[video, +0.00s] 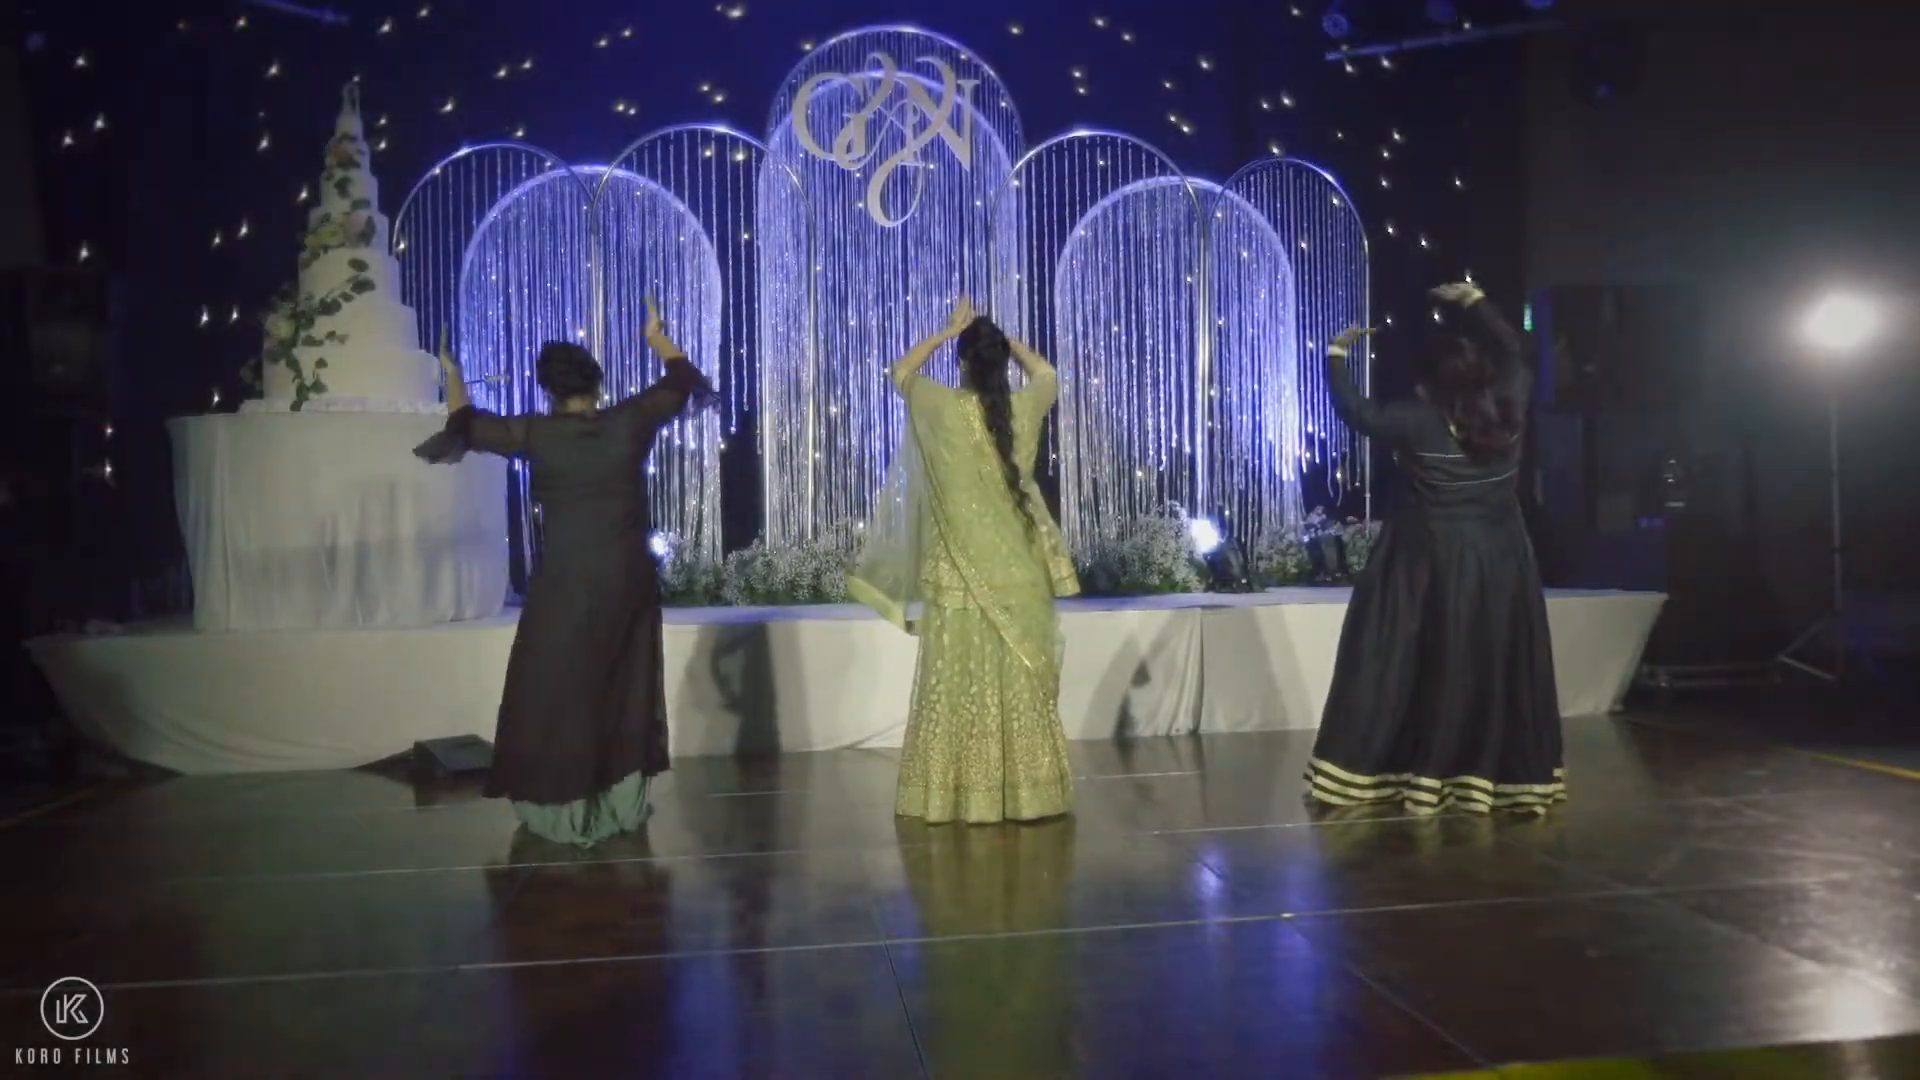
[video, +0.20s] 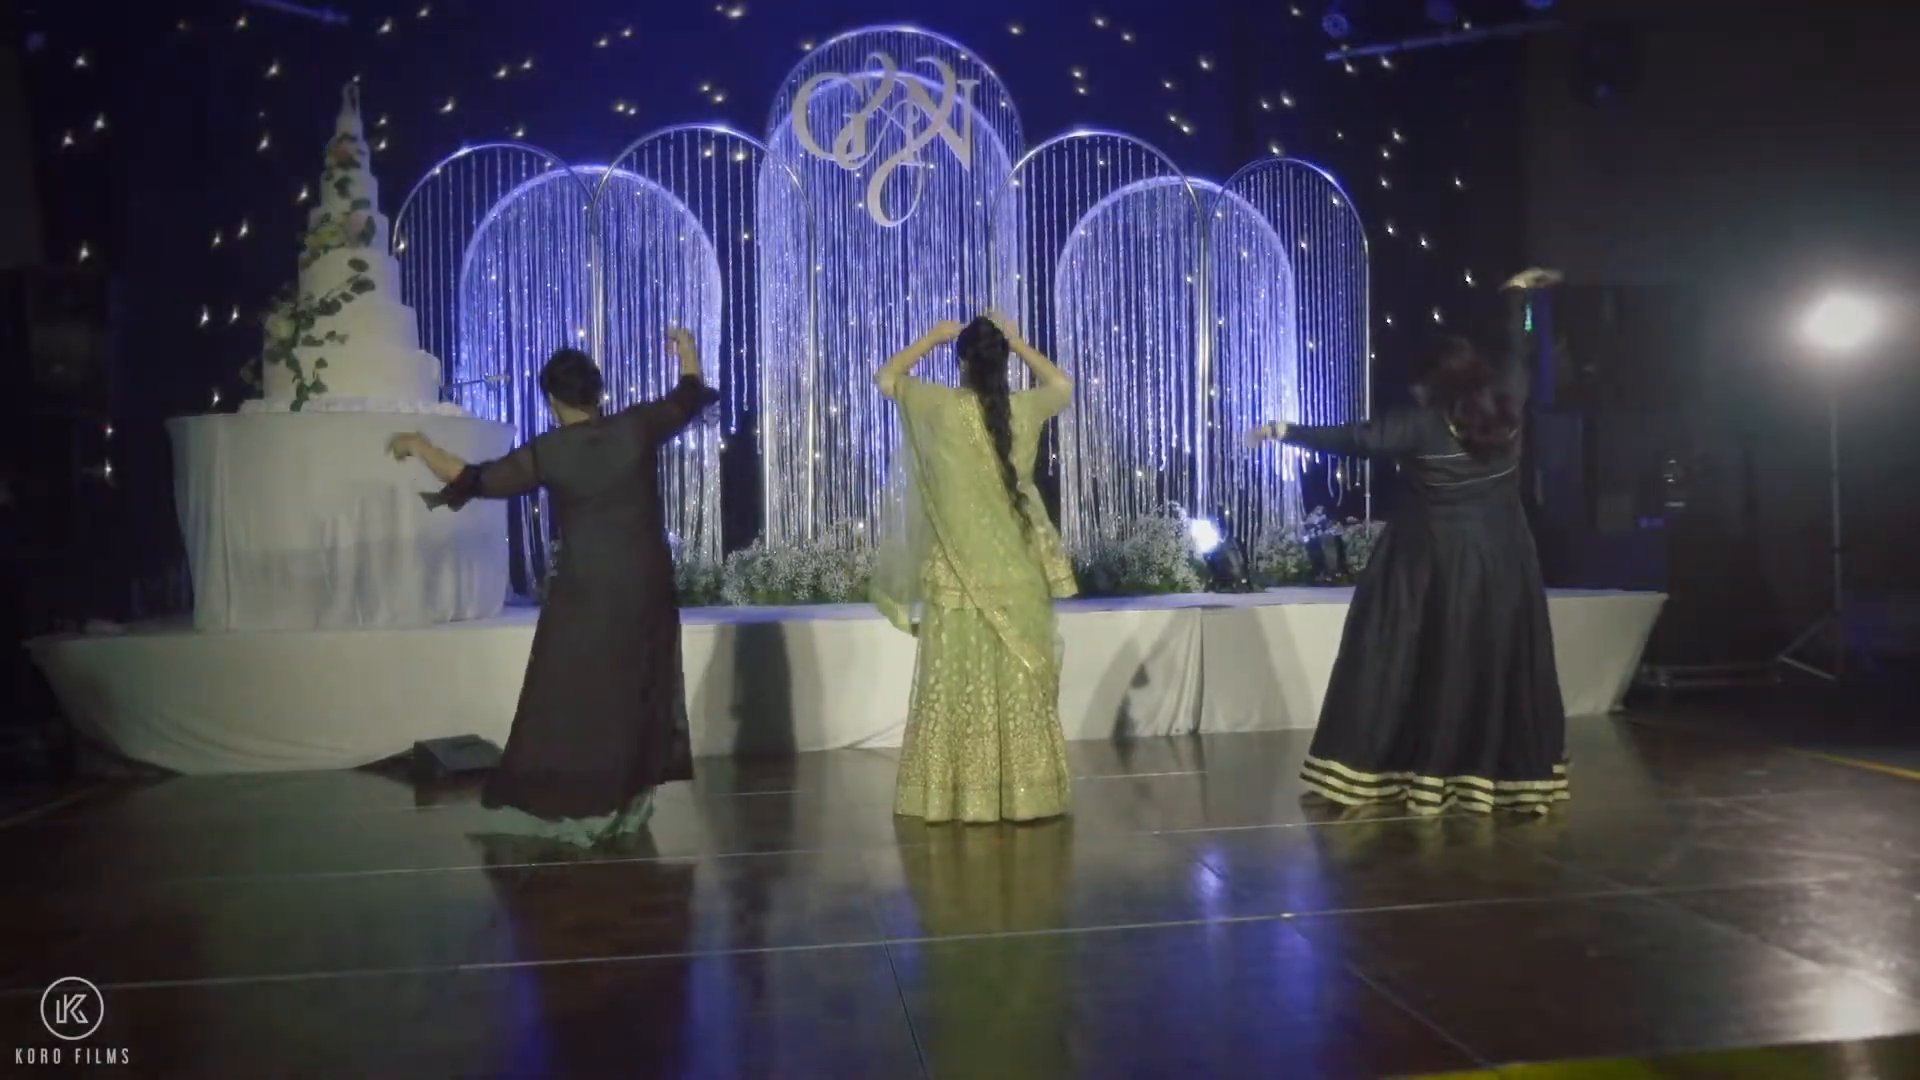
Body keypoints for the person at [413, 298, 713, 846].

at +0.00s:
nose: (564, 397)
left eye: (553, 390)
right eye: (585, 384)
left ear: (551, 393)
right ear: (596, 386)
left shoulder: (537, 435)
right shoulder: (630, 424)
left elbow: (466, 424)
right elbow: (685, 381)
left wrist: (455, 380)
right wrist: (661, 344)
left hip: (565, 585)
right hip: (627, 582)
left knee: (557, 696)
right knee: (621, 693)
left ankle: (562, 817)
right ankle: (622, 811)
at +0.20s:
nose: (552, 408)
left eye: (551, 399)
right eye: (557, 398)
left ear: (554, 401)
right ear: (599, 390)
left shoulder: (549, 453)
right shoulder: (639, 426)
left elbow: (474, 481)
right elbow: (695, 394)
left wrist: (422, 445)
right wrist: (689, 355)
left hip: (585, 592)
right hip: (646, 588)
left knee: (578, 696)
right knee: (636, 692)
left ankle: (582, 812)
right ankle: (634, 806)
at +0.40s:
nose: (545, 419)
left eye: (544, 409)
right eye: (546, 409)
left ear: (552, 408)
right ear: (593, 398)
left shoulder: (548, 466)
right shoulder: (639, 432)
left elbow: (505, 532)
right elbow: (696, 435)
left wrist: (433, 529)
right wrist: (693, 394)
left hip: (591, 593)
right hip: (653, 588)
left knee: (578, 693)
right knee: (640, 691)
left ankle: (578, 810)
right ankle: (635, 807)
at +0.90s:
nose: (541, 427)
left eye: (540, 417)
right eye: (540, 418)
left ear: (549, 413)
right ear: (588, 402)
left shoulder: (548, 467)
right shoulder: (637, 432)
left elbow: (518, 544)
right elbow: (688, 468)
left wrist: (457, 580)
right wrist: (728, 450)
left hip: (596, 594)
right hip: (656, 587)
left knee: (578, 694)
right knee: (648, 690)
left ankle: (585, 811)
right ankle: (648, 802)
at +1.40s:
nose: (533, 417)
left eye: (533, 408)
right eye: (533, 408)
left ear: (544, 403)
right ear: (583, 398)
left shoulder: (536, 447)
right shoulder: (627, 435)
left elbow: (488, 513)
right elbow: (688, 483)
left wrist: (471, 556)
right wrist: (689, 515)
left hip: (569, 593)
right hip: (634, 590)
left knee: (567, 697)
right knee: (633, 694)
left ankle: (574, 811)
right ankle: (639, 807)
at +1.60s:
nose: (510, 406)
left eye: (513, 396)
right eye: (510, 396)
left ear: (536, 395)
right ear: (564, 394)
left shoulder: (524, 438)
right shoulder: (604, 436)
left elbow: (498, 497)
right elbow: (656, 484)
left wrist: (502, 552)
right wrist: (656, 542)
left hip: (548, 592)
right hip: (603, 588)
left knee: (553, 695)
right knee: (608, 693)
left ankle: (571, 810)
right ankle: (622, 805)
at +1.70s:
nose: (501, 405)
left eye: (506, 394)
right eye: (500, 395)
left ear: (535, 395)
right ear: (553, 395)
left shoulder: (528, 438)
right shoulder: (593, 441)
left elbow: (511, 493)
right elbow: (632, 495)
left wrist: (501, 547)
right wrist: (600, 531)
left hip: (544, 589)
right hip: (592, 586)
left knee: (545, 693)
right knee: (594, 692)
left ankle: (554, 803)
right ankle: (605, 805)